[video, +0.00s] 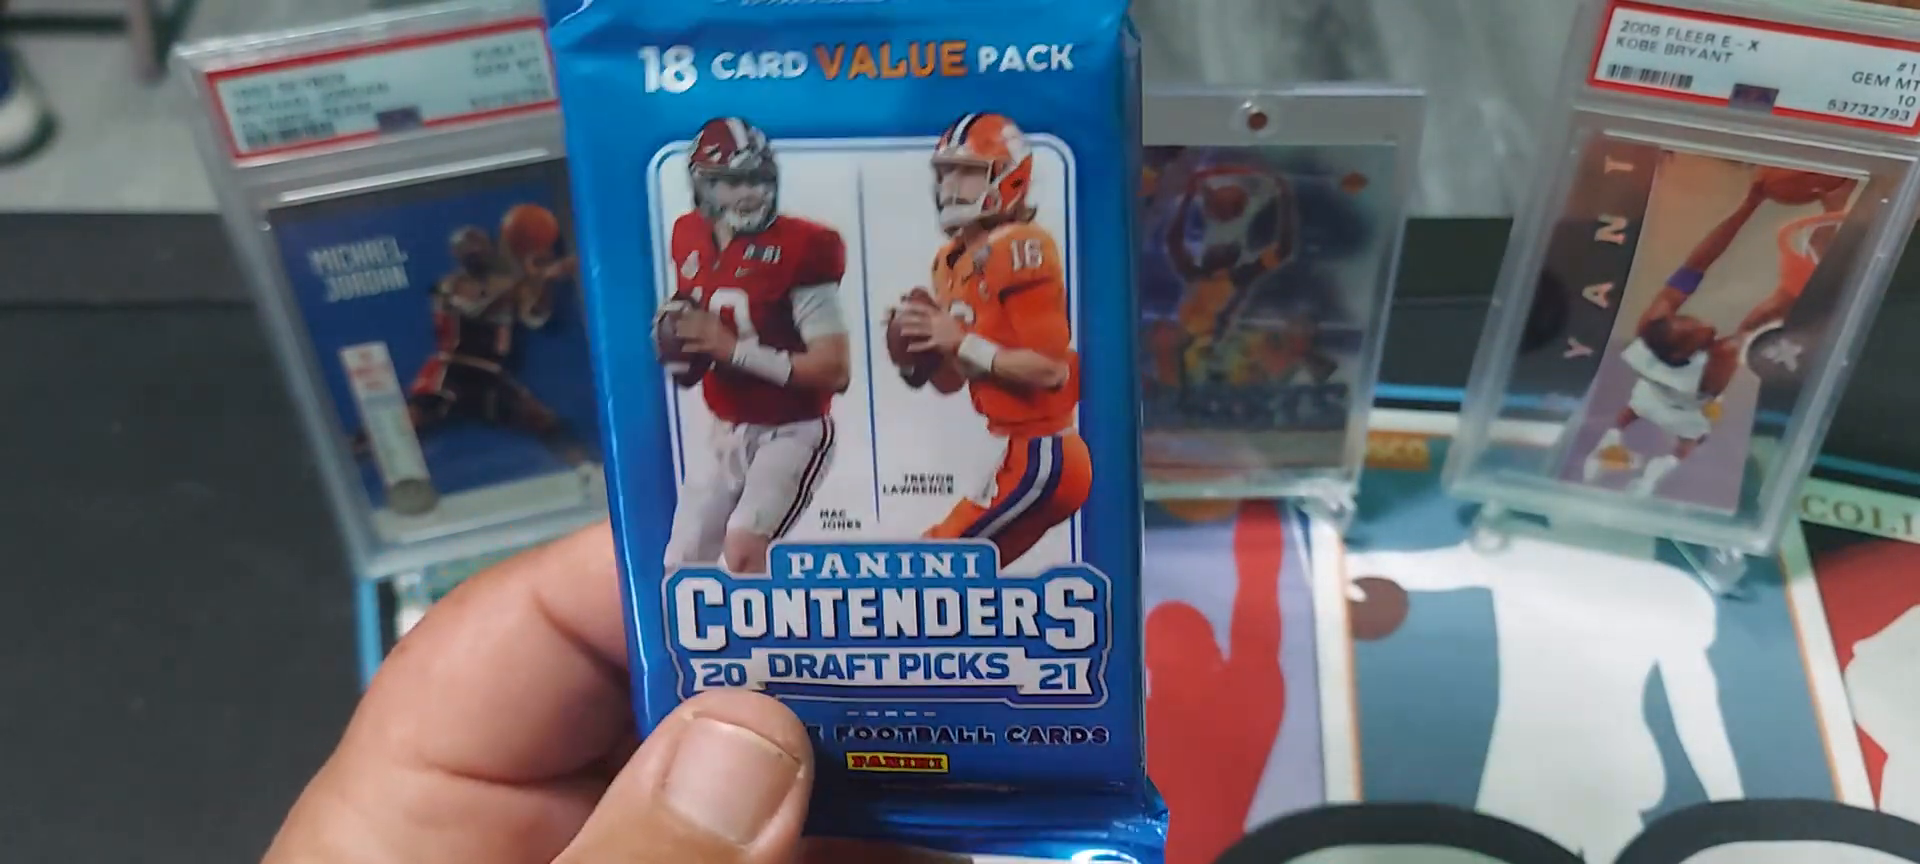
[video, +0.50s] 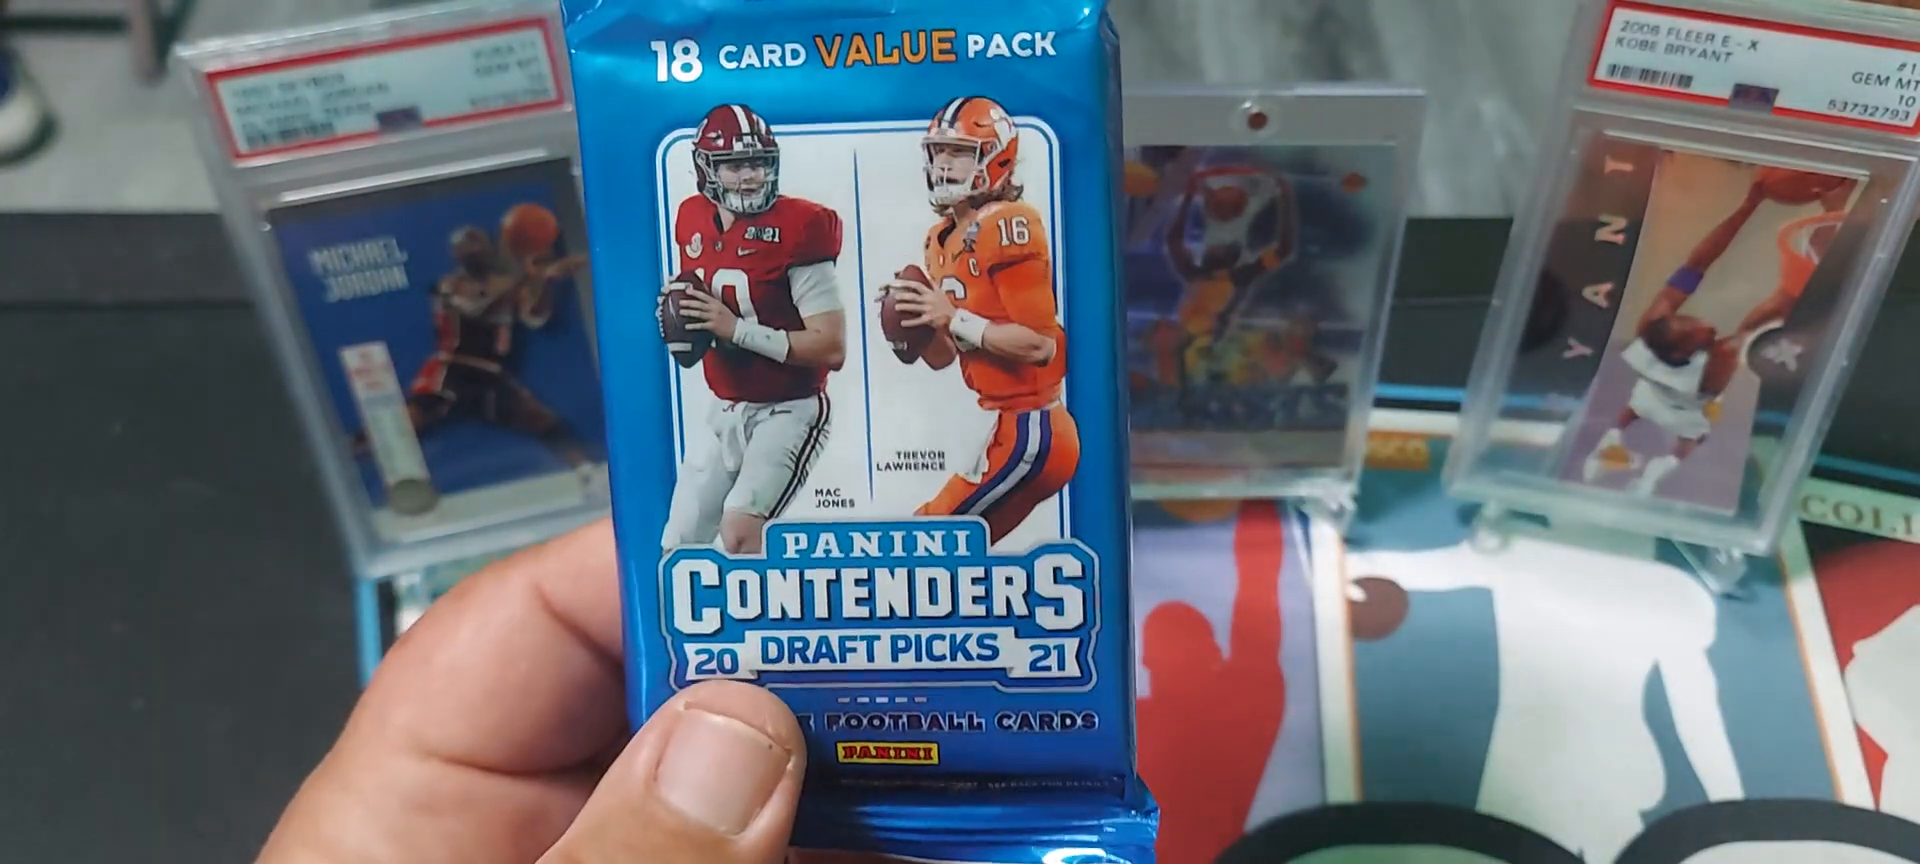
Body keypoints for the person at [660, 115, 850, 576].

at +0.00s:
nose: (745, 194)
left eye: (755, 180)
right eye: (731, 182)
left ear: (771, 181)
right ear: (703, 186)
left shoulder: (806, 246)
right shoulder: (689, 234)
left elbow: (833, 371)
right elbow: (685, 315)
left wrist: (732, 347)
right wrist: (674, 336)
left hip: (794, 432)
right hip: (723, 430)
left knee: (744, 547)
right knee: (681, 564)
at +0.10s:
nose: (714, 214)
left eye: (723, 201)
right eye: (699, 204)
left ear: (738, 204)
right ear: (670, 211)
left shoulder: (774, 266)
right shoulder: (658, 259)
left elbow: (811, 386)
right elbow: (667, 390)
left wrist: (709, 366)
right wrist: (647, 357)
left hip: (774, 445)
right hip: (707, 448)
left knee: (729, 559)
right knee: (670, 578)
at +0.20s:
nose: (728, 178)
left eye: (737, 165)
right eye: (713, 168)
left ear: (753, 166)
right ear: (687, 173)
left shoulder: (784, 228)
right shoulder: (675, 220)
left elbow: (816, 347)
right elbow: (678, 296)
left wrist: (720, 328)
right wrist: (660, 313)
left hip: (779, 409)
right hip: (712, 411)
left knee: (731, 528)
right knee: (669, 546)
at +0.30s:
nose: (742, 167)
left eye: (751, 155)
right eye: (728, 157)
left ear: (765, 157)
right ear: (701, 160)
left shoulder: (796, 216)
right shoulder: (687, 208)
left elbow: (824, 337)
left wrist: (729, 318)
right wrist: (669, 304)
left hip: (785, 398)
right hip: (717, 400)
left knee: (733, 521)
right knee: (673, 536)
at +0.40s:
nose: (742, 170)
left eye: (751, 158)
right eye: (729, 159)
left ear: (766, 159)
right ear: (702, 162)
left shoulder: (797, 218)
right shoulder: (688, 210)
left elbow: (826, 340)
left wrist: (731, 321)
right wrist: (670, 306)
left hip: (787, 401)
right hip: (719, 403)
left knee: (736, 525)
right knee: (675, 539)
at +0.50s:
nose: (747, 176)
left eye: (756, 164)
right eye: (734, 166)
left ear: (771, 165)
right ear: (708, 168)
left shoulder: (801, 226)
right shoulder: (692, 217)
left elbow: (831, 348)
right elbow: (694, 295)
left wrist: (735, 328)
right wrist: (675, 311)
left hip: (791, 411)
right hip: (724, 412)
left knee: (738, 535)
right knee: (678, 547)